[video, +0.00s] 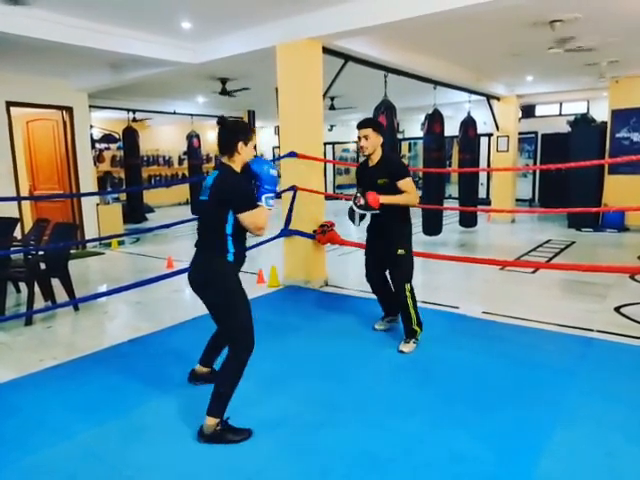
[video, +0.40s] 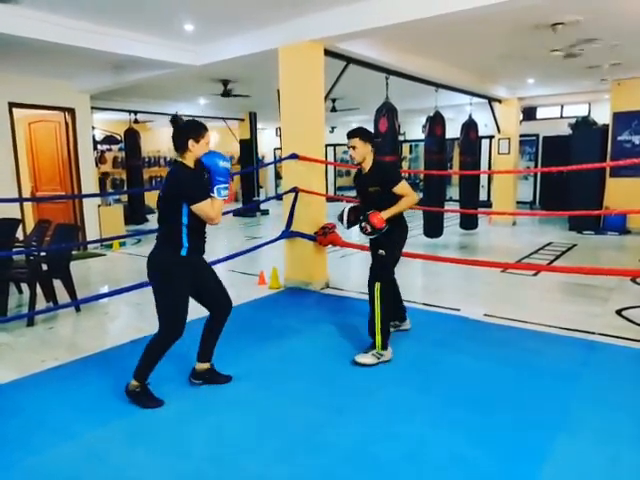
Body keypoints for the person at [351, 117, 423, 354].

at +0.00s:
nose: (361, 143)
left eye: (366, 138)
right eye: (359, 139)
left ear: (380, 138)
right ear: (359, 141)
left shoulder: (393, 164)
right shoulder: (362, 169)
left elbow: (413, 197)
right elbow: (364, 197)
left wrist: (380, 199)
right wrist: (359, 203)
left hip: (398, 227)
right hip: (377, 226)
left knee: (400, 280)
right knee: (374, 274)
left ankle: (412, 333)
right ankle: (391, 313)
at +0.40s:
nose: (350, 152)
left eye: (354, 147)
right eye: (349, 148)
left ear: (368, 145)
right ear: (354, 149)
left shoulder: (385, 170)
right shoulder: (359, 176)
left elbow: (412, 197)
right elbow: (369, 202)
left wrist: (384, 214)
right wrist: (356, 213)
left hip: (394, 228)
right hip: (377, 229)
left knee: (376, 282)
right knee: (383, 274)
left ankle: (381, 347)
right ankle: (399, 317)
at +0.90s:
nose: (352, 151)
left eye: (354, 146)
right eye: (351, 147)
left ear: (369, 145)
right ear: (366, 147)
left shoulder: (379, 170)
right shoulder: (368, 169)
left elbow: (349, 193)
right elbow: (340, 194)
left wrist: (340, 161)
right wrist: (330, 168)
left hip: (387, 238)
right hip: (385, 236)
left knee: (366, 295)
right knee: (385, 290)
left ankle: (376, 355)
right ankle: (411, 341)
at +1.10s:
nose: (355, 152)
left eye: (357, 147)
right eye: (354, 148)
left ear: (372, 145)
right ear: (370, 147)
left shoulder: (380, 171)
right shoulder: (378, 168)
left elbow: (350, 195)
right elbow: (352, 191)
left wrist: (344, 162)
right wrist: (336, 172)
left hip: (386, 240)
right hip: (394, 237)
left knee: (357, 293)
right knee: (395, 292)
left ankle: (372, 353)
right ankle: (413, 343)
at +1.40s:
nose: (348, 151)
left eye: (350, 145)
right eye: (348, 146)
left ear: (363, 145)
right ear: (368, 145)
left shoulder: (368, 171)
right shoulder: (378, 168)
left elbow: (336, 189)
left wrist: (320, 163)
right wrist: (334, 171)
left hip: (379, 246)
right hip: (393, 242)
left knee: (359, 304)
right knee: (394, 296)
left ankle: (367, 365)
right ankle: (414, 344)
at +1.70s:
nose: (356, 150)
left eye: (359, 145)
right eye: (356, 146)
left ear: (372, 145)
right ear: (373, 146)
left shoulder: (386, 174)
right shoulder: (371, 172)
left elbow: (362, 208)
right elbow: (340, 188)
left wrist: (349, 175)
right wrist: (320, 171)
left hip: (386, 245)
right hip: (390, 243)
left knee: (365, 304)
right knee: (398, 297)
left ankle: (368, 366)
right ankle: (429, 349)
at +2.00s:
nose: (364, 148)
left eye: (367, 143)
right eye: (365, 143)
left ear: (379, 144)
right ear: (385, 145)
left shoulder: (377, 172)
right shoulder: (398, 168)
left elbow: (340, 191)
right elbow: (377, 191)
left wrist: (335, 161)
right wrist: (358, 175)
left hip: (384, 247)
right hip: (405, 245)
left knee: (364, 305)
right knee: (410, 298)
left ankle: (368, 366)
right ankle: (431, 352)